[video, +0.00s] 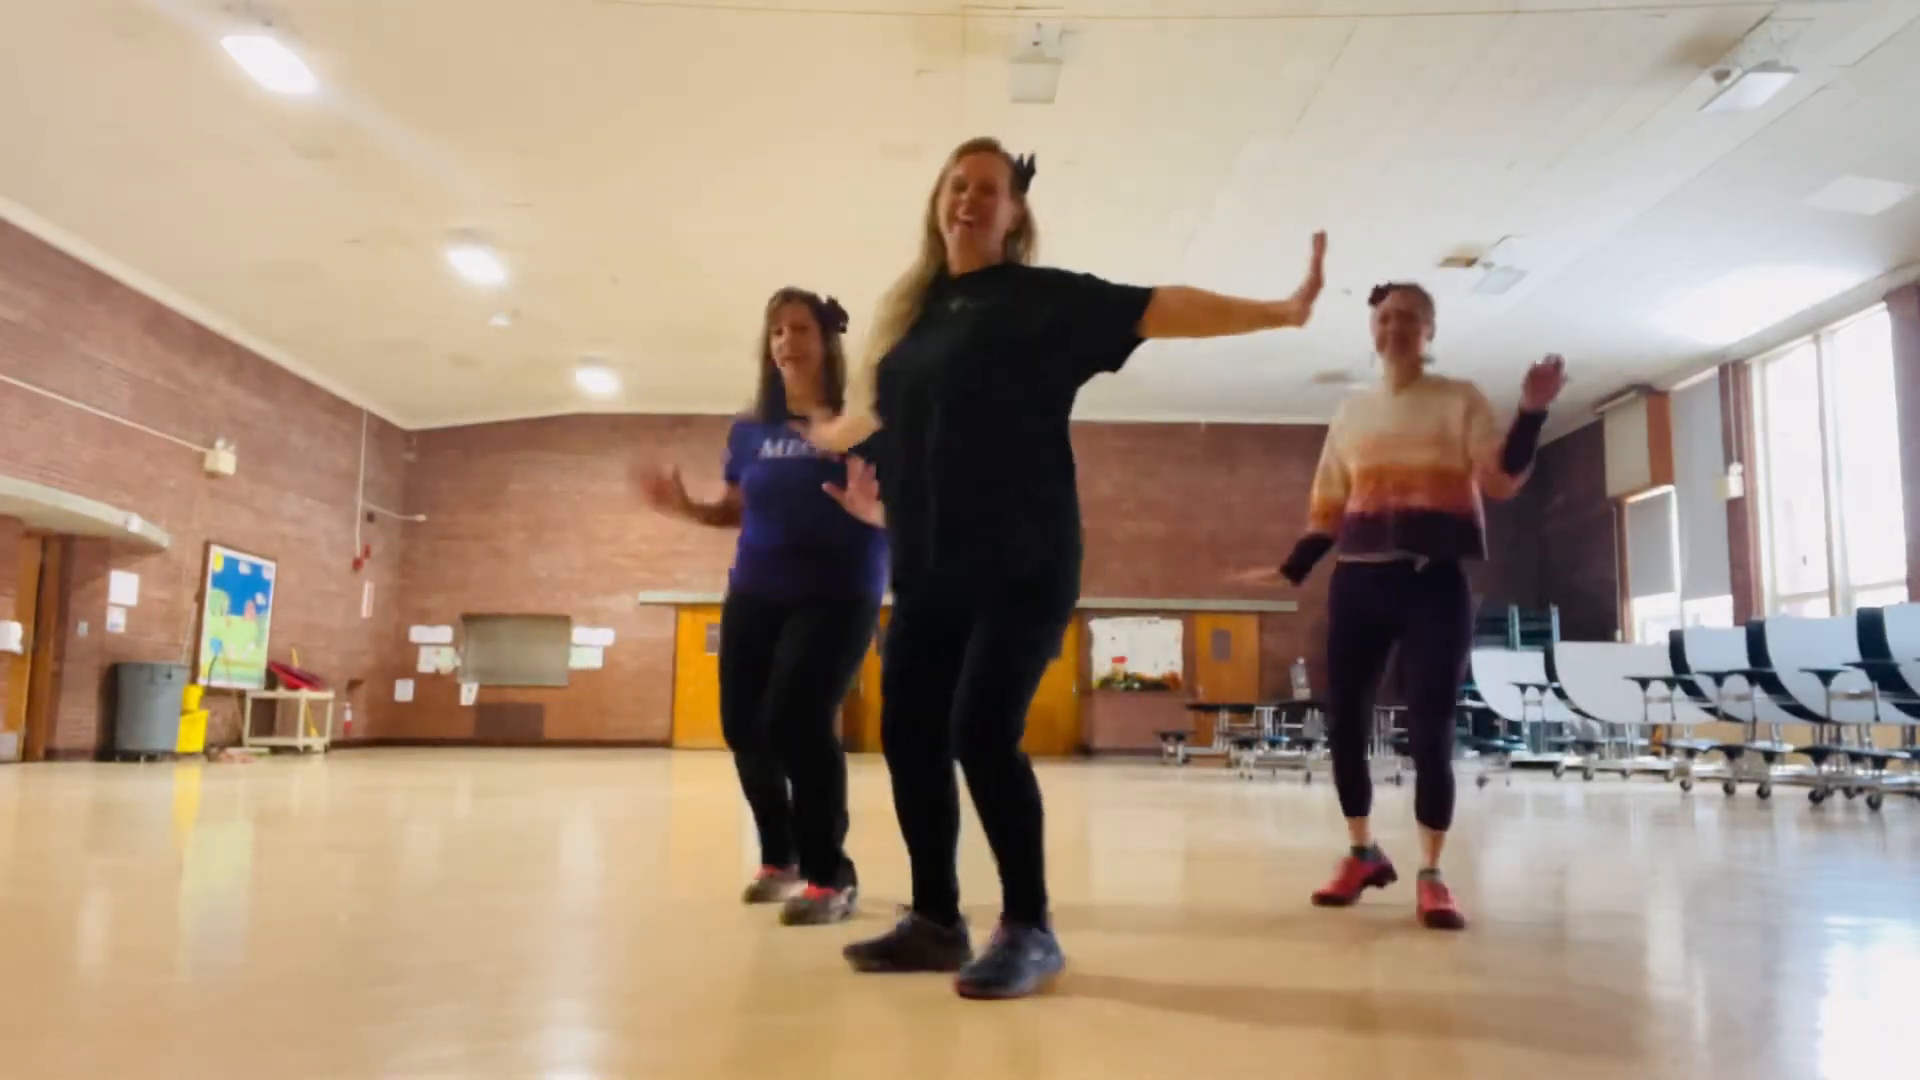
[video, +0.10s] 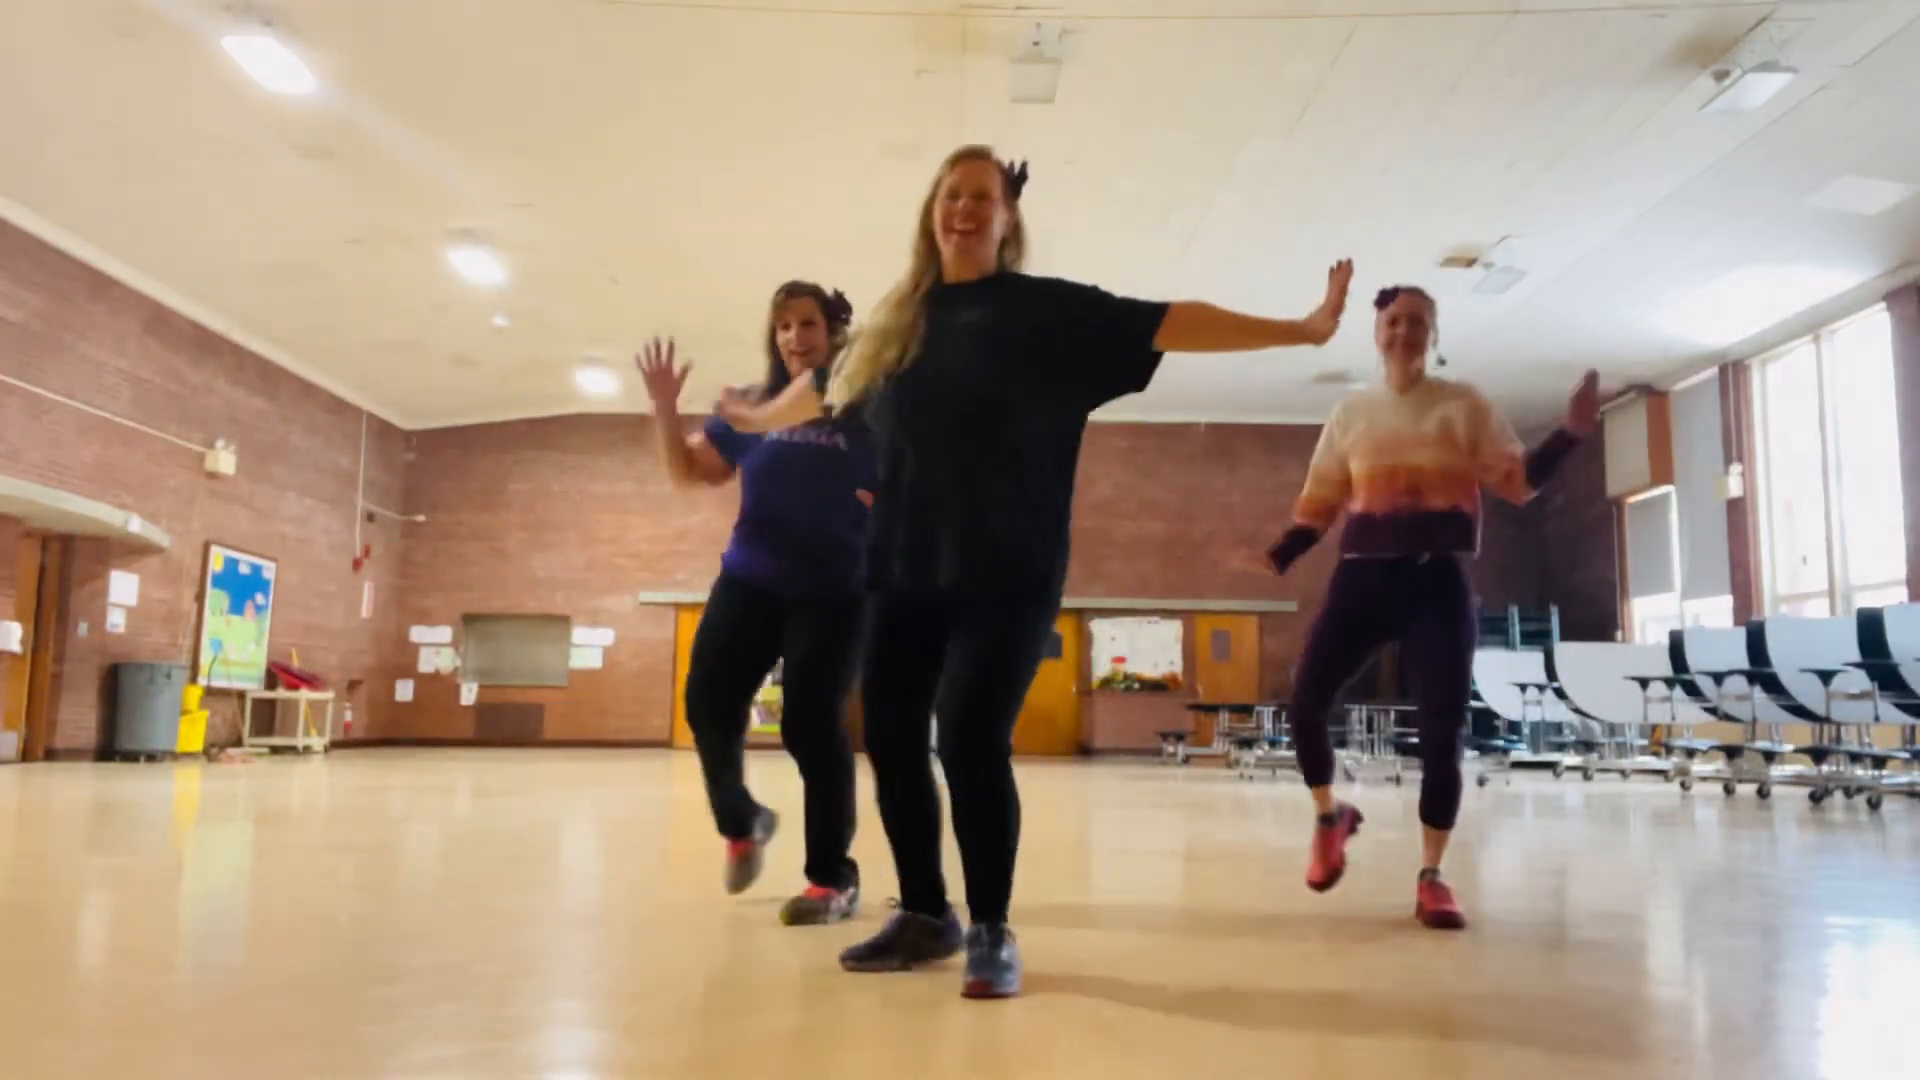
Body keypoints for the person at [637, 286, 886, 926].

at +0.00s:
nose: (787, 340)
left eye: (801, 330)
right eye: (778, 331)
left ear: (829, 340)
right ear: (766, 344)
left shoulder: (861, 427)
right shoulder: (751, 429)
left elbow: (908, 507)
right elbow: (734, 509)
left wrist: (876, 509)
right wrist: (683, 505)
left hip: (838, 597)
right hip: (758, 594)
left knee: (800, 719)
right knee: (744, 724)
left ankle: (830, 876)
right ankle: (781, 859)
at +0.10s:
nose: (796, 337)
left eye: (808, 326)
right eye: (785, 328)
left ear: (837, 333)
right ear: (773, 338)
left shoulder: (867, 405)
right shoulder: (753, 407)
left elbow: (910, 475)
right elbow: (691, 471)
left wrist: (892, 500)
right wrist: (667, 413)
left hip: (832, 589)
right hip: (752, 582)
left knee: (812, 728)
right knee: (708, 706)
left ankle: (833, 877)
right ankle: (741, 824)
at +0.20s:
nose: (796, 337)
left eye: (808, 326)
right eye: (785, 327)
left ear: (838, 337)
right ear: (770, 337)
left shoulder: (868, 412)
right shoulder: (750, 408)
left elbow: (900, 514)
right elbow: (662, 447)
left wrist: (891, 592)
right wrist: (658, 380)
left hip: (829, 592)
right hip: (741, 585)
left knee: (815, 731)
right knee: (702, 718)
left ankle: (829, 879)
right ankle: (699, 831)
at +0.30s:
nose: (797, 339)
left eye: (811, 328)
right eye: (787, 327)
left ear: (832, 340)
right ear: (770, 336)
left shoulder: (858, 418)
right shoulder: (738, 411)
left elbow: (881, 516)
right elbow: (669, 473)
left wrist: (881, 590)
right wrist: (647, 422)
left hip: (819, 597)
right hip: (732, 591)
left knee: (799, 732)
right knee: (715, 731)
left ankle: (828, 869)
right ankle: (672, 856)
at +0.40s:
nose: (798, 362)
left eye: (811, 350)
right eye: (788, 348)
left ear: (831, 356)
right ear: (767, 352)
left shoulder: (846, 426)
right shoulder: (730, 415)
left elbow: (860, 523)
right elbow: (691, 511)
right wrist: (666, 492)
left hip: (809, 603)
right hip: (721, 598)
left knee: (803, 736)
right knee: (702, 736)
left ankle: (830, 873)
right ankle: (675, 867)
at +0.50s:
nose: (799, 355)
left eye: (811, 343)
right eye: (786, 341)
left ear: (829, 350)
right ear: (766, 347)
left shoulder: (843, 426)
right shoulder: (727, 414)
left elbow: (862, 515)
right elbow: (674, 493)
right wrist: (668, 436)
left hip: (804, 602)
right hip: (716, 596)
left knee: (803, 741)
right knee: (702, 736)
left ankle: (814, 876)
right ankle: (673, 866)